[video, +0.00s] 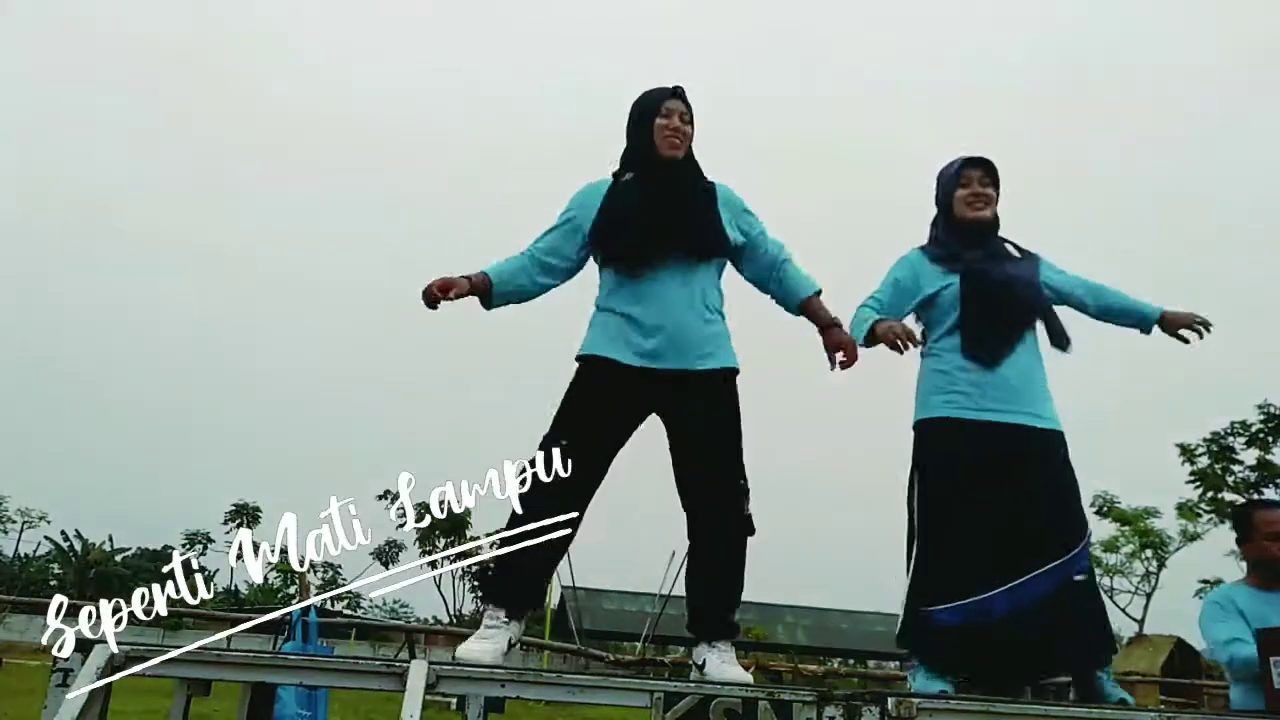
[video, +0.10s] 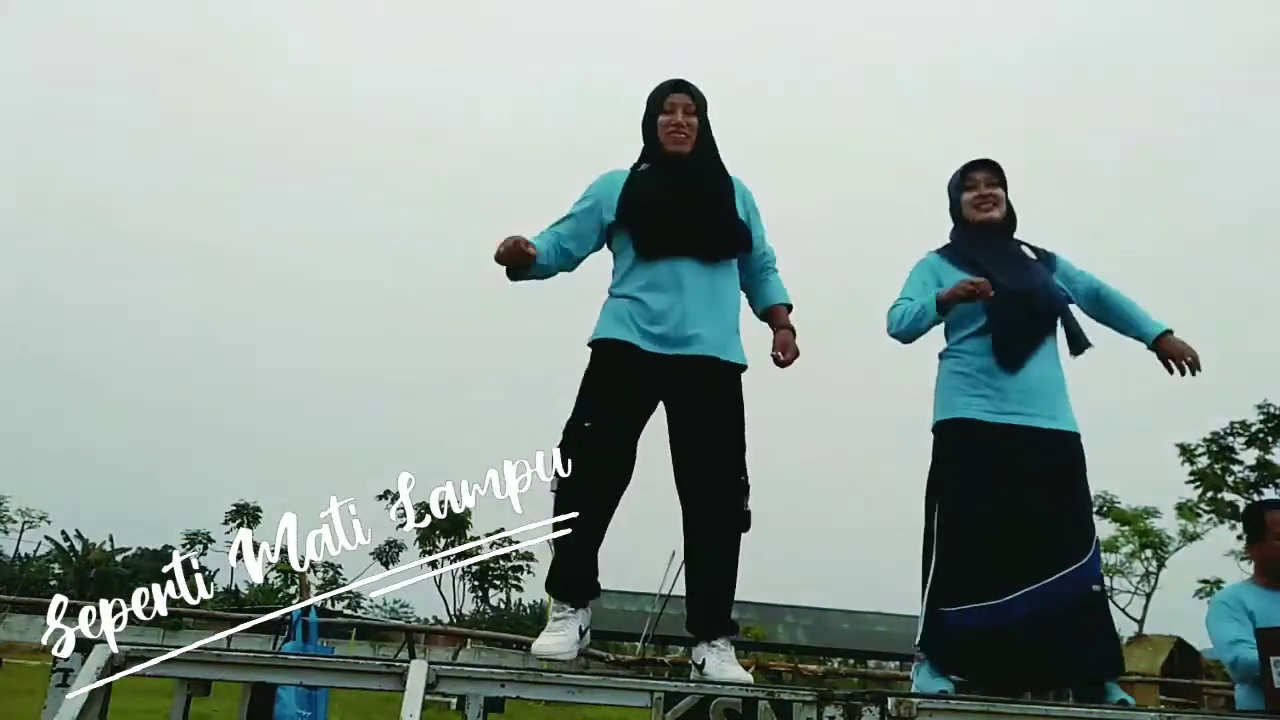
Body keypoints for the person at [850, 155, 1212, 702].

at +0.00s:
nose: (978, 192)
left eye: (987, 186)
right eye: (965, 185)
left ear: (999, 200)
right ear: (944, 199)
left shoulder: (1025, 264)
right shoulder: (918, 265)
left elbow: (1089, 294)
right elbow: (863, 321)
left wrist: (1158, 316)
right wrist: (882, 326)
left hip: (1030, 420)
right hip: (952, 418)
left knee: (1064, 541)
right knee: (947, 540)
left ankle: (1088, 668)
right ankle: (932, 664)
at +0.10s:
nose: (985, 193)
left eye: (993, 186)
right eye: (972, 188)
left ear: (1009, 201)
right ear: (955, 207)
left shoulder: (1044, 263)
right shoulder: (936, 266)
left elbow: (1099, 296)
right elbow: (899, 324)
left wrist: (1158, 335)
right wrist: (944, 299)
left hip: (1047, 420)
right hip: (970, 418)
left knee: (1069, 545)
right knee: (958, 540)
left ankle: (1091, 675)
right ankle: (936, 662)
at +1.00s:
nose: (939, 186)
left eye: (950, 179)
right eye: (930, 180)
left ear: (969, 194)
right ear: (916, 196)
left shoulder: (997, 258)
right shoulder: (896, 249)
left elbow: (1052, 312)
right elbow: (848, 275)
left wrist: (1020, 339)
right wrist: (915, 246)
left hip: (978, 409)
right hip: (900, 404)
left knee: (998, 535)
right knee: (897, 531)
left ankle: (1011, 665)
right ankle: (894, 660)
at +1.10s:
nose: (930, 191)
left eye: (941, 184)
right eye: (920, 186)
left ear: (960, 200)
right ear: (906, 202)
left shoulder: (985, 263)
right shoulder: (886, 251)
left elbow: (1048, 310)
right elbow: (871, 278)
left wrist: (1012, 337)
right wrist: (948, 257)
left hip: (969, 411)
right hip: (891, 407)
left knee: (971, 533)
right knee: (889, 531)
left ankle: (961, 663)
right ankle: (887, 662)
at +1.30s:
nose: (915, 188)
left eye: (926, 181)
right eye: (905, 182)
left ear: (944, 196)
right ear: (893, 199)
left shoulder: (973, 260)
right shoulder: (871, 255)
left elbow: (1030, 305)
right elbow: (807, 287)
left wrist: (1001, 340)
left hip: (950, 410)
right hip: (873, 403)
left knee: (953, 531)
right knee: (866, 523)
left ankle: (955, 654)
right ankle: (858, 647)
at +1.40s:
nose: (909, 176)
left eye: (920, 170)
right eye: (899, 170)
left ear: (937, 186)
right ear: (884, 187)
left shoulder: (965, 249)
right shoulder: (860, 244)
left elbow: (1019, 288)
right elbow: (789, 274)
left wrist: (1010, 331)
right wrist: (746, 247)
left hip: (942, 405)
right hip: (863, 398)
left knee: (948, 529)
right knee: (844, 520)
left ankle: (961, 659)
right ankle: (815, 644)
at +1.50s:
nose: (898, 179)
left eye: (908, 174)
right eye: (887, 173)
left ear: (922, 192)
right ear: (869, 191)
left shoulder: (950, 254)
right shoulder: (844, 248)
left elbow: (1007, 292)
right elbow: (767, 276)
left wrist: (1025, 340)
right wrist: (704, 264)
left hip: (929, 411)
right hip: (851, 405)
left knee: (942, 533)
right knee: (832, 529)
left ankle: (961, 661)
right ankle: (808, 653)